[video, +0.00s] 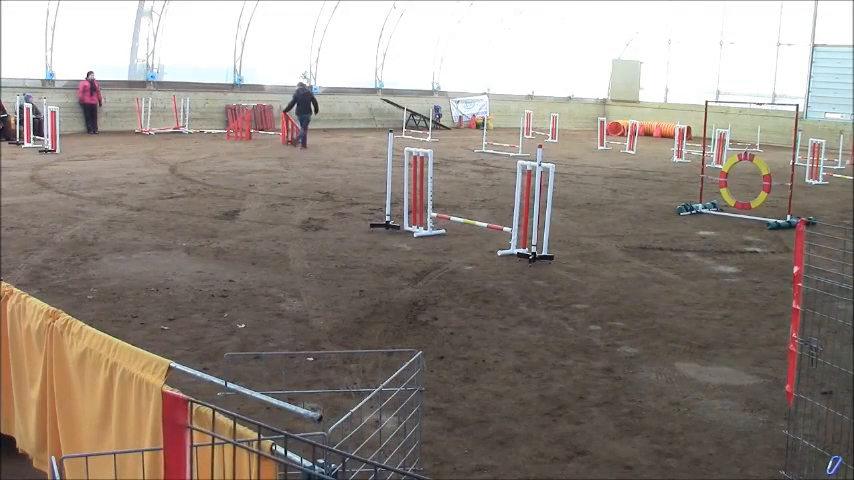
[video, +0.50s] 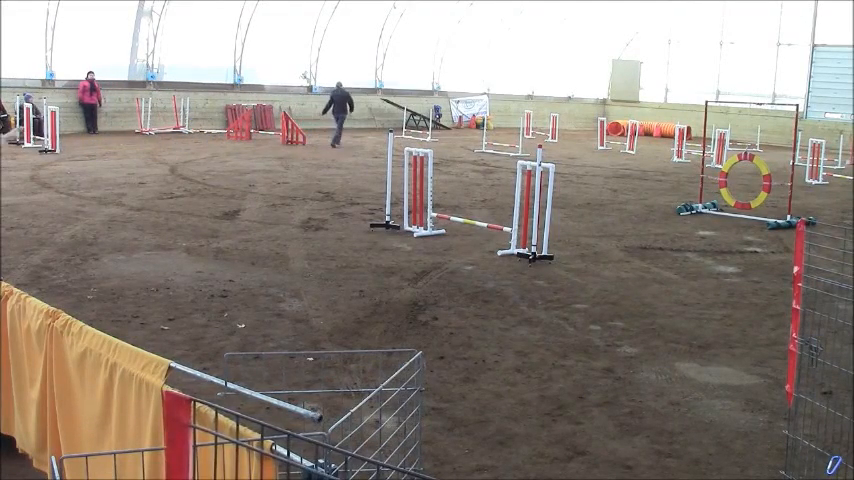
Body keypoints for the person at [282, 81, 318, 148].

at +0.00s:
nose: (297, 88)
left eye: (298, 87)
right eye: (298, 87)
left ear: (298, 87)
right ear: (304, 87)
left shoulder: (297, 94)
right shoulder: (309, 93)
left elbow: (292, 103)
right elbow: (314, 102)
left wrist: (285, 110)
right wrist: (316, 110)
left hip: (299, 112)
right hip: (307, 112)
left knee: (303, 128)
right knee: (304, 128)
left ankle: (304, 143)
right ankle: (297, 139)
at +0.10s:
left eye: (307, 87)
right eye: (310, 87)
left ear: (306, 87)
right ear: (312, 87)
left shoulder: (303, 94)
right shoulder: (316, 94)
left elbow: (298, 104)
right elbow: (320, 103)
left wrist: (292, 112)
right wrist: (323, 111)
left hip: (306, 115)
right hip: (313, 115)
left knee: (307, 129)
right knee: (316, 128)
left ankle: (304, 143)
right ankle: (310, 138)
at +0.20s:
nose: (318, 86)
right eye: (318, 85)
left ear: (314, 85)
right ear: (319, 85)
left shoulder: (312, 92)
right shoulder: (323, 92)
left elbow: (307, 102)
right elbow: (327, 101)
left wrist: (301, 109)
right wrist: (329, 109)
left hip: (314, 113)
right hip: (321, 113)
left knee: (311, 128)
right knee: (326, 127)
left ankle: (305, 142)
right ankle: (325, 142)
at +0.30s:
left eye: (325, 84)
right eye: (326, 84)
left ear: (322, 85)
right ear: (328, 85)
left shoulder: (320, 92)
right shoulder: (331, 92)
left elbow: (315, 102)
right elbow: (334, 101)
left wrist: (310, 109)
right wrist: (337, 109)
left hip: (321, 112)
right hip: (329, 112)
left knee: (320, 128)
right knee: (332, 128)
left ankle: (311, 137)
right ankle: (332, 143)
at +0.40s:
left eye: (331, 86)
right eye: (333, 86)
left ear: (329, 87)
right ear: (335, 87)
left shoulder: (327, 94)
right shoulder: (338, 94)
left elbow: (322, 104)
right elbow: (342, 103)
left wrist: (317, 111)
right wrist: (346, 111)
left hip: (329, 114)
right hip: (336, 114)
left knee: (331, 129)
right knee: (336, 129)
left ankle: (323, 136)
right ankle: (332, 144)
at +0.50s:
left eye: (337, 86)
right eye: (339, 85)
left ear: (336, 86)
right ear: (342, 86)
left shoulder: (334, 93)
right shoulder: (345, 93)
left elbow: (330, 103)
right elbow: (350, 101)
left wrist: (324, 111)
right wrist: (351, 109)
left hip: (335, 111)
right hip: (343, 112)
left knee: (339, 126)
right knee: (339, 127)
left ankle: (338, 140)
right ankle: (333, 141)